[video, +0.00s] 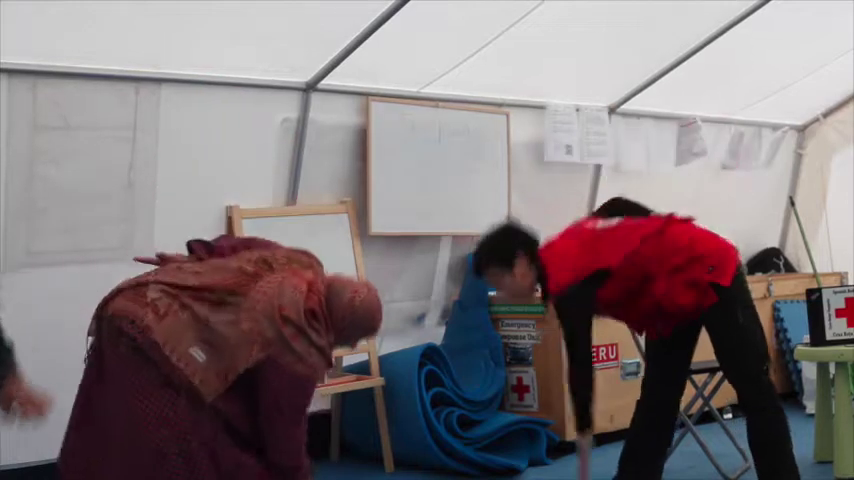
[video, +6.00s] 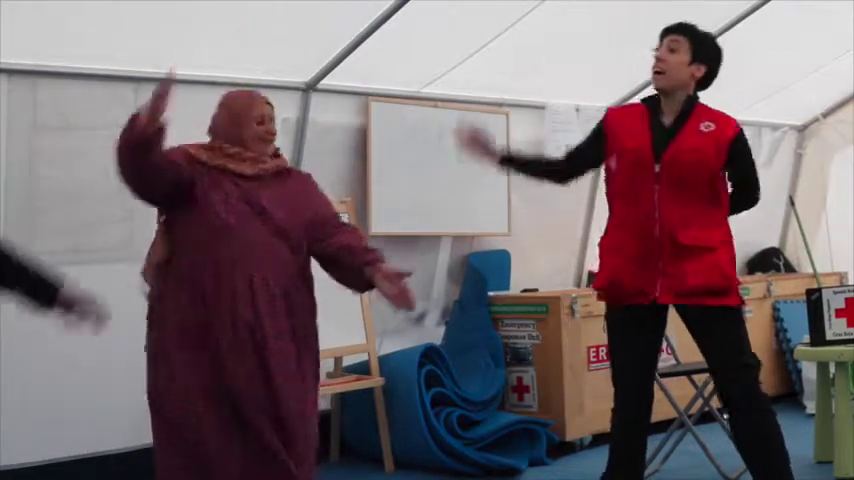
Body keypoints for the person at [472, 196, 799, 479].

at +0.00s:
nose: (500, 292)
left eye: (499, 282)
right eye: (494, 285)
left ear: (521, 265)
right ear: (522, 262)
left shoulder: (567, 277)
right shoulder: (561, 250)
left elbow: (580, 362)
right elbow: (616, 205)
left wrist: (584, 440)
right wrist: (665, 227)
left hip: (714, 276)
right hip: (671, 294)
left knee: (755, 390)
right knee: (656, 403)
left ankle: (780, 474)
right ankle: (635, 476)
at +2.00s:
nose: (711, 136)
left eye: (725, 128)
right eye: (710, 123)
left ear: (752, 137)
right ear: (706, 123)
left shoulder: (775, 181)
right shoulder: (680, 175)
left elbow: (744, 236)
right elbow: (654, 239)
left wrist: (715, 283)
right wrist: (668, 279)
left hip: (733, 287)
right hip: (663, 285)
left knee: (759, 399)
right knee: (641, 404)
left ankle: (780, 474)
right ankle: (625, 475)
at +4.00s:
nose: (577, 89)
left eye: (584, 78)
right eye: (576, 80)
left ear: (616, 82)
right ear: (603, 87)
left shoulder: (657, 118)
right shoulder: (595, 154)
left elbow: (653, 130)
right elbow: (626, 221)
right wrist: (617, 271)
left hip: (699, 275)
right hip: (639, 286)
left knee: (744, 390)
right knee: (633, 405)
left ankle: (775, 474)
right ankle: (623, 477)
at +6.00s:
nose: (658, 57)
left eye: (672, 51)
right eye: (658, 50)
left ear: (699, 71)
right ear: (654, 63)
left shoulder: (724, 130)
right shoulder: (618, 122)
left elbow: (748, 194)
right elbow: (564, 169)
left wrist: (700, 215)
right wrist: (498, 156)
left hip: (704, 277)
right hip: (631, 278)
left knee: (744, 395)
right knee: (630, 405)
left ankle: (776, 478)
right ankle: (622, 479)